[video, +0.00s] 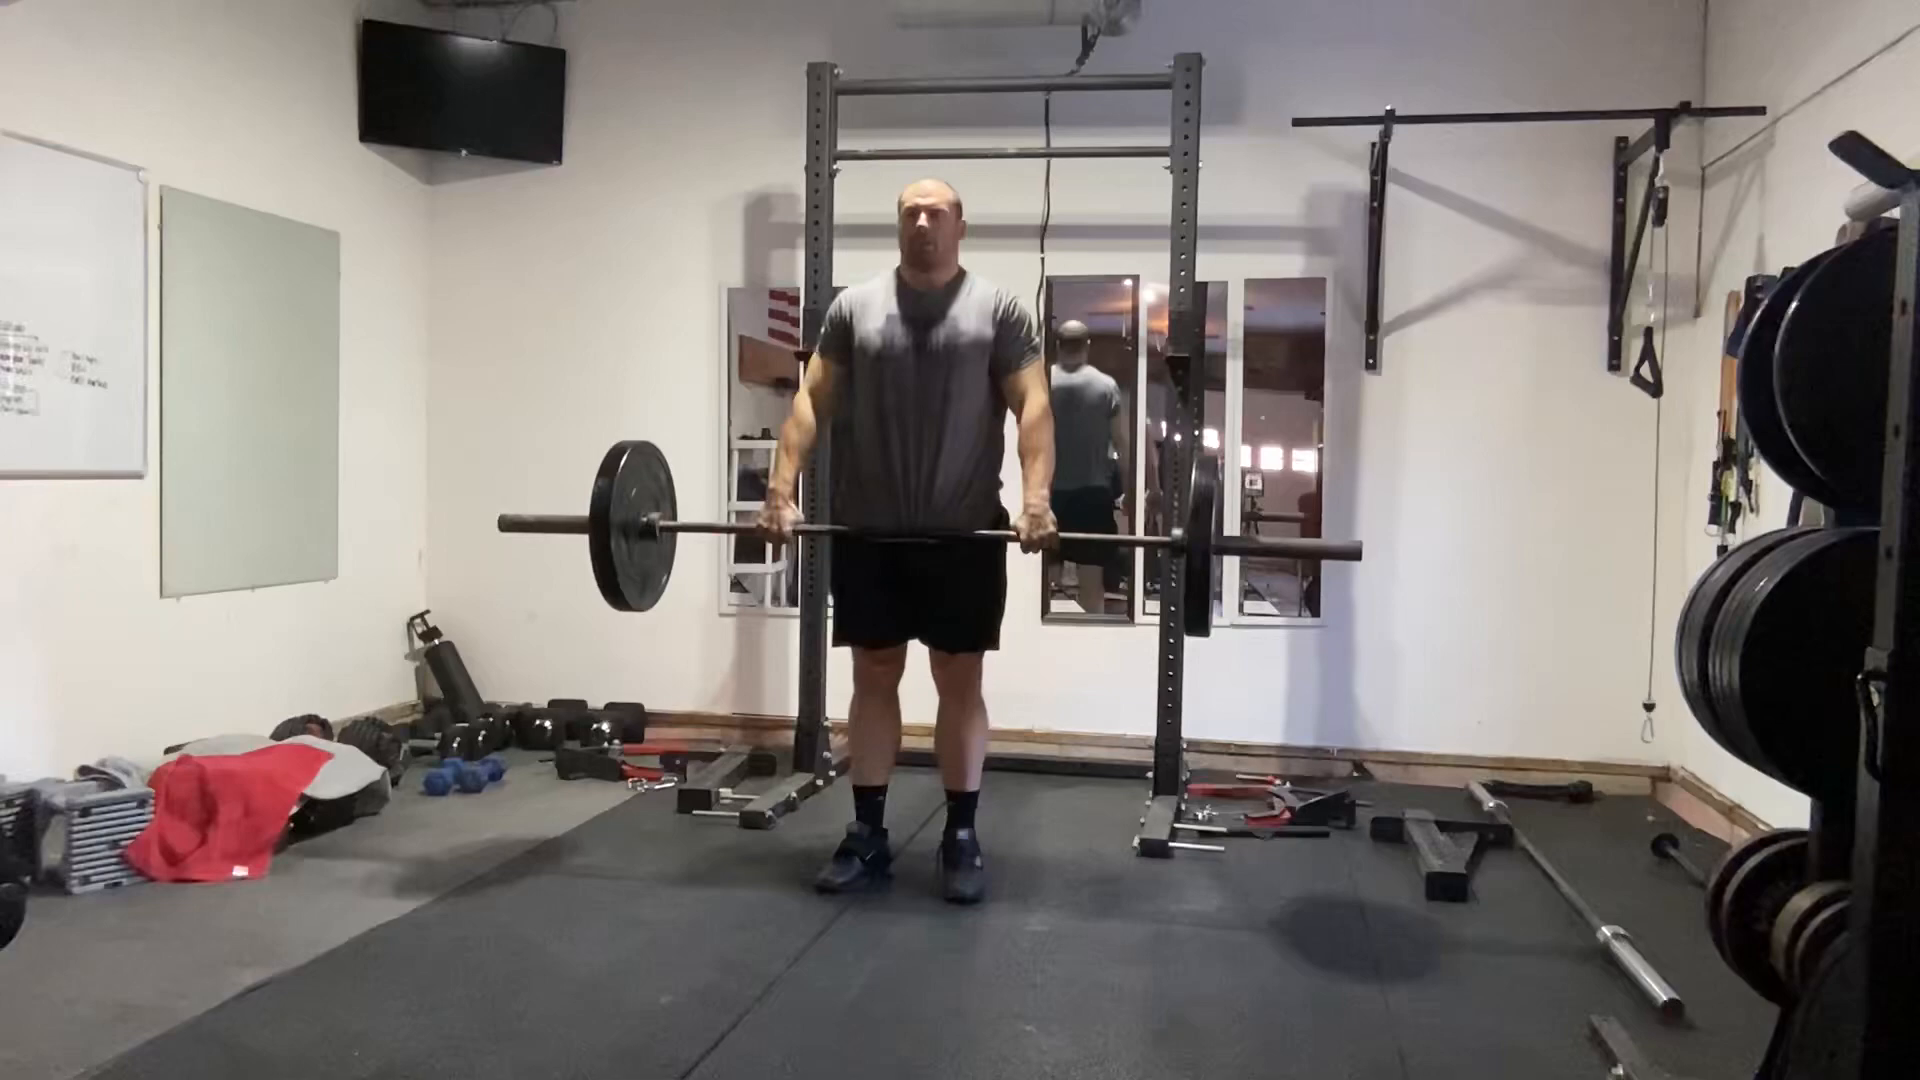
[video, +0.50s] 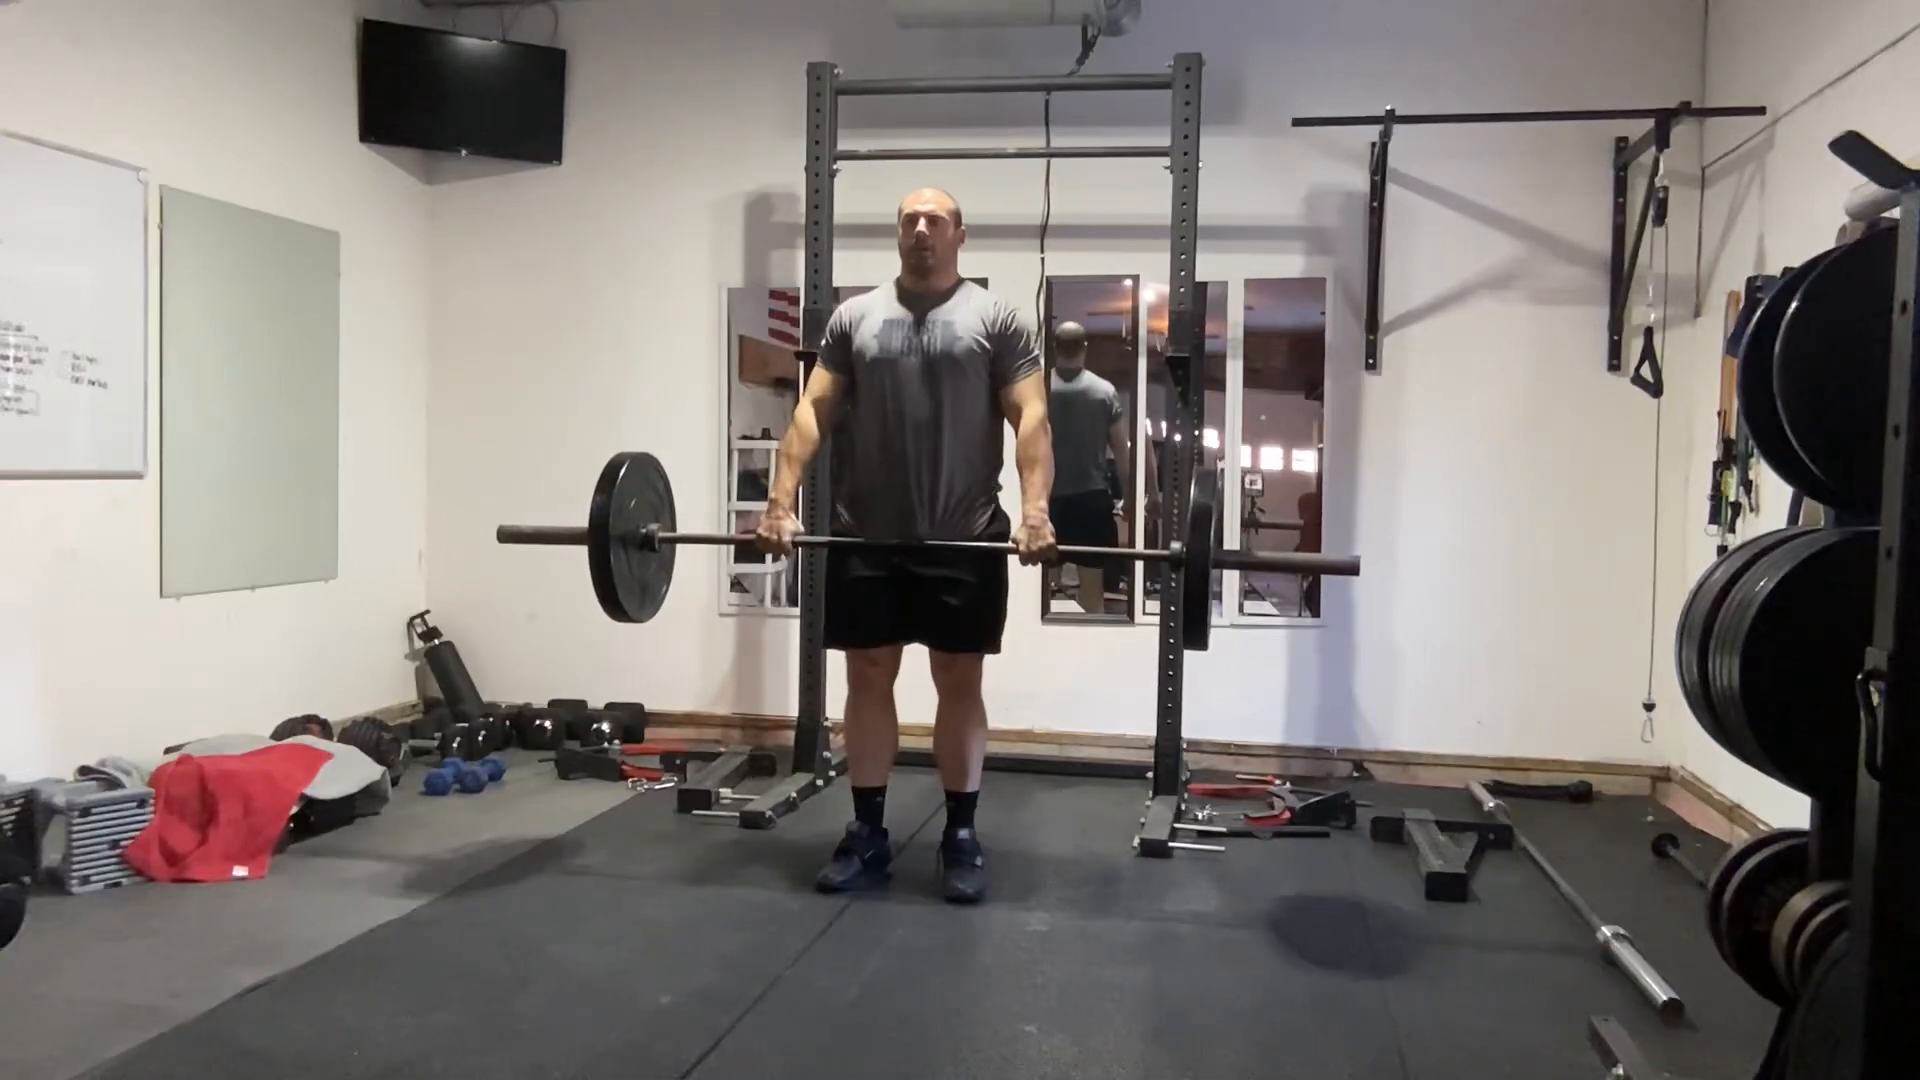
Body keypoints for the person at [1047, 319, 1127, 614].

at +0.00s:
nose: (1072, 350)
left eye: (1068, 345)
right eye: (1076, 344)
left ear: (1058, 345)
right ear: (1087, 345)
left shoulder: (1042, 384)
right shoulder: (1106, 385)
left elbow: (1031, 440)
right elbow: (1122, 442)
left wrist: (1033, 488)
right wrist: (1128, 491)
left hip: (1052, 489)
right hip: (1094, 490)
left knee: (1047, 568)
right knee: (1090, 572)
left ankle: (1039, 637)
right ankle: (1094, 639)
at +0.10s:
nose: (1073, 353)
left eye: (1070, 347)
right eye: (1075, 347)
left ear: (1057, 347)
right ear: (1087, 347)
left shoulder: (1041, 387)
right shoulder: (1105, 390)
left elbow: (1030, 442)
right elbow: (1120, 448)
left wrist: (1032, 492)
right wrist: (1127, 494)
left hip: (1050, 491)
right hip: (1092, 493)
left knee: (1047, 570)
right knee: (1090, 574)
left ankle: (1037, 637)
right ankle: (1095, 638)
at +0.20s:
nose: (1071, 356)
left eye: (1070, 350)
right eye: (1074, 350)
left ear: (1056, 349)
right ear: (1087, 349)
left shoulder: (1040, 389)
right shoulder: (1105, 392)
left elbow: (1031, 445)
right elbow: (1121, 449)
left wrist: (1033, 494)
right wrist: (1129, 496)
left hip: (1052, 496)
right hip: (1092, 497)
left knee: (1043, 580)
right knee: (1093, 585)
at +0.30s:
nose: (1071, 356)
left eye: (1069, 350)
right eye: (1076, 349)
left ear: (1054, 348)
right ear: (1085, 349)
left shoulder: (1039, 389)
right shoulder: (1104, 392)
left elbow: (1030, 445)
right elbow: (1121, 449)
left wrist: (1032, 495)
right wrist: (1129, 496)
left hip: (1050, 496)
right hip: (1091, 498)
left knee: (1043, 580)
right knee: (1091, 583)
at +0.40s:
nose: (1070, 353)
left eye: (1068, 348)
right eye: (1072, 347)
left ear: (1055, 349)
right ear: (1085, 349)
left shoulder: (1038, 390)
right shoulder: (1104, 391)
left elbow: (1030, 445)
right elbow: (1121, 449)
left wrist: (1032, 497)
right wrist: (1130, 497)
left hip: (1050, 496)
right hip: (1092, 497)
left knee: (1044, 580)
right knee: (1091, 583)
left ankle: (1037, 643)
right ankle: (1093, 647)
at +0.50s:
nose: (1070, 351)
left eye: (1066, 346)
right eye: (1073, 345)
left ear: (1055, 348)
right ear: (1085, 348)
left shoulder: (1037, 389)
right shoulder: (1103, 390)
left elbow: (1029, 446)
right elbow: (1121, 450)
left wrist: (1031, 498)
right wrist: (1129, 498)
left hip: (1048, 497)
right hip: (1091, 498)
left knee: (1041, 581)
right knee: (1091, 584)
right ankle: (1093, 648)